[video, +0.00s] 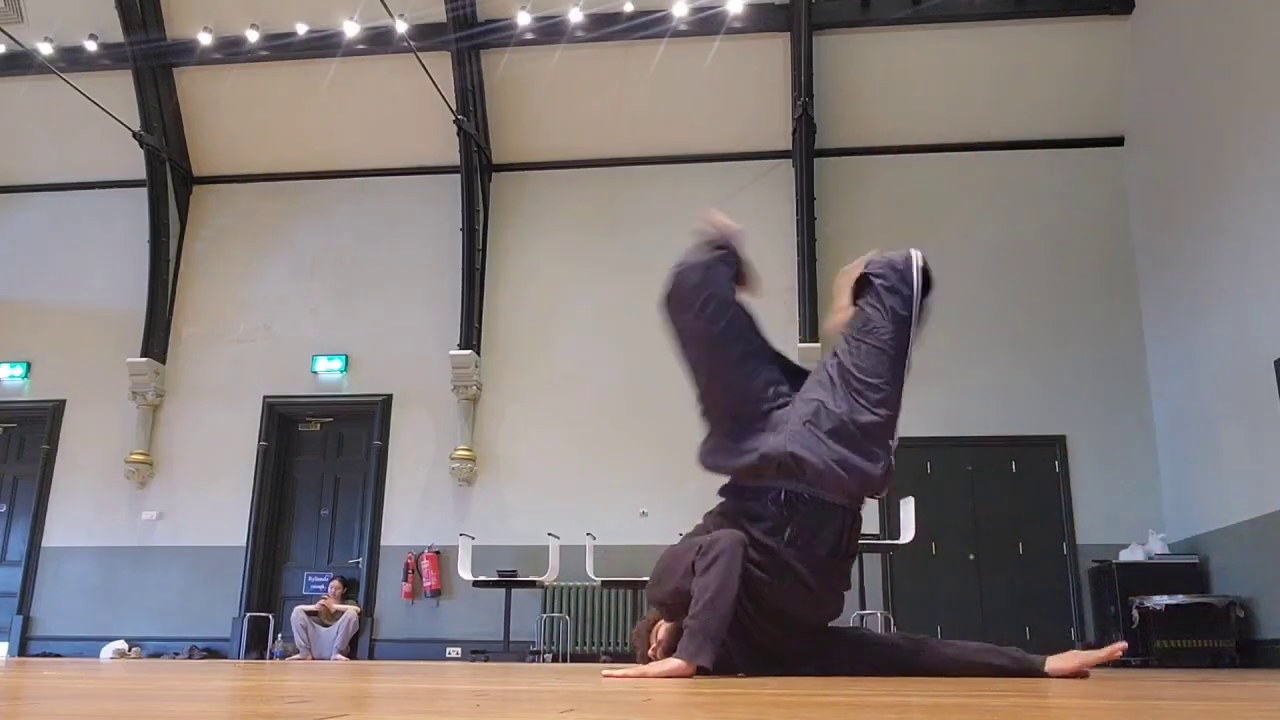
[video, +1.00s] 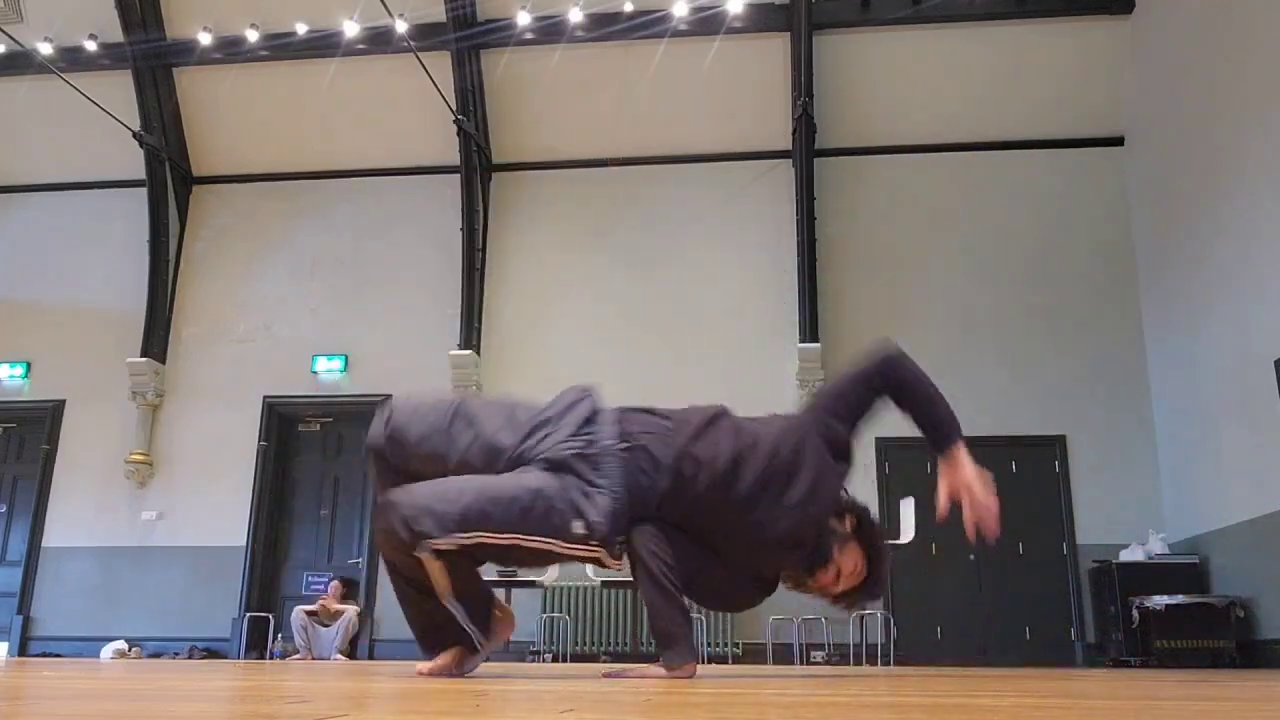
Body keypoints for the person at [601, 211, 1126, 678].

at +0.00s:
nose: (665, 640)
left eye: (655, 640)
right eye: (665, 650)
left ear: (654, 622)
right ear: (677, 653)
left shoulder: (671, 587)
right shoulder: (779, 651)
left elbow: (724, 546)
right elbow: (899, 653)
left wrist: (691, 654)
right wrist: (1038, 665)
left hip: (757, 464)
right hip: (839, 472)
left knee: (690, 291)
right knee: (900, 269)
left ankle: (721, 243)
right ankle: (845, 311)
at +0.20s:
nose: (659, 653)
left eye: (653, 647)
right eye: (656, 652)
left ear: (656, 633)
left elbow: (718, 542)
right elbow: (875, 649)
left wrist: (688, 658)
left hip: (735, 492)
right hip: (805, 473)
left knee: (649, 366)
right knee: (809, 264)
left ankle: (586, 220)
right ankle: (722, 344)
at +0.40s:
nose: (655, 645)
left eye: (654, 638)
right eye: (657, 638)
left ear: (670, 638)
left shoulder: (701, 638)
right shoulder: (817, 631)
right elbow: (926, 639)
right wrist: (1041, 665)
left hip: (682, 507)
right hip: (762, 480)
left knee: (596, 462)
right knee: (720, 241)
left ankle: (465, 322)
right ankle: (626, 332)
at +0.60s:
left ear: (747, 641)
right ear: (819, 621)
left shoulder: (724, 629)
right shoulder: (831, 576)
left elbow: (667, 557)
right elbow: (941, 585)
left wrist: (688, 659)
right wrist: (1028, 661)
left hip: (661, 492)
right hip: (714, 453)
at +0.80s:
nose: (804, 625)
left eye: (807, 629)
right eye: (820, 621)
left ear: (796, 609)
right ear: (835, 589)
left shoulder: (713, 588)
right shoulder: (844, 514)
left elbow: (670, 600)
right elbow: (962, 500)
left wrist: (680, 669)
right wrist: (990, 604)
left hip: (627, 482)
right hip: (649, 407)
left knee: (544, 521)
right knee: (475, 313)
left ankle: (391, 566)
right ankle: (443, 426)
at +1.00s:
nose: (829, 582)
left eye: (837, 588)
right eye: (843, 570)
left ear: (829, 590)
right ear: (850, 531)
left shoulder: (741, 587)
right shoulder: (820, 449)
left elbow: (650, 540)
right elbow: (890, 361)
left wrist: (680, 656)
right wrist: (955, 449)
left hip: (599, 503)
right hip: (582, 419)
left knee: (401, 517)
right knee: (396, 428)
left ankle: (484, 620)